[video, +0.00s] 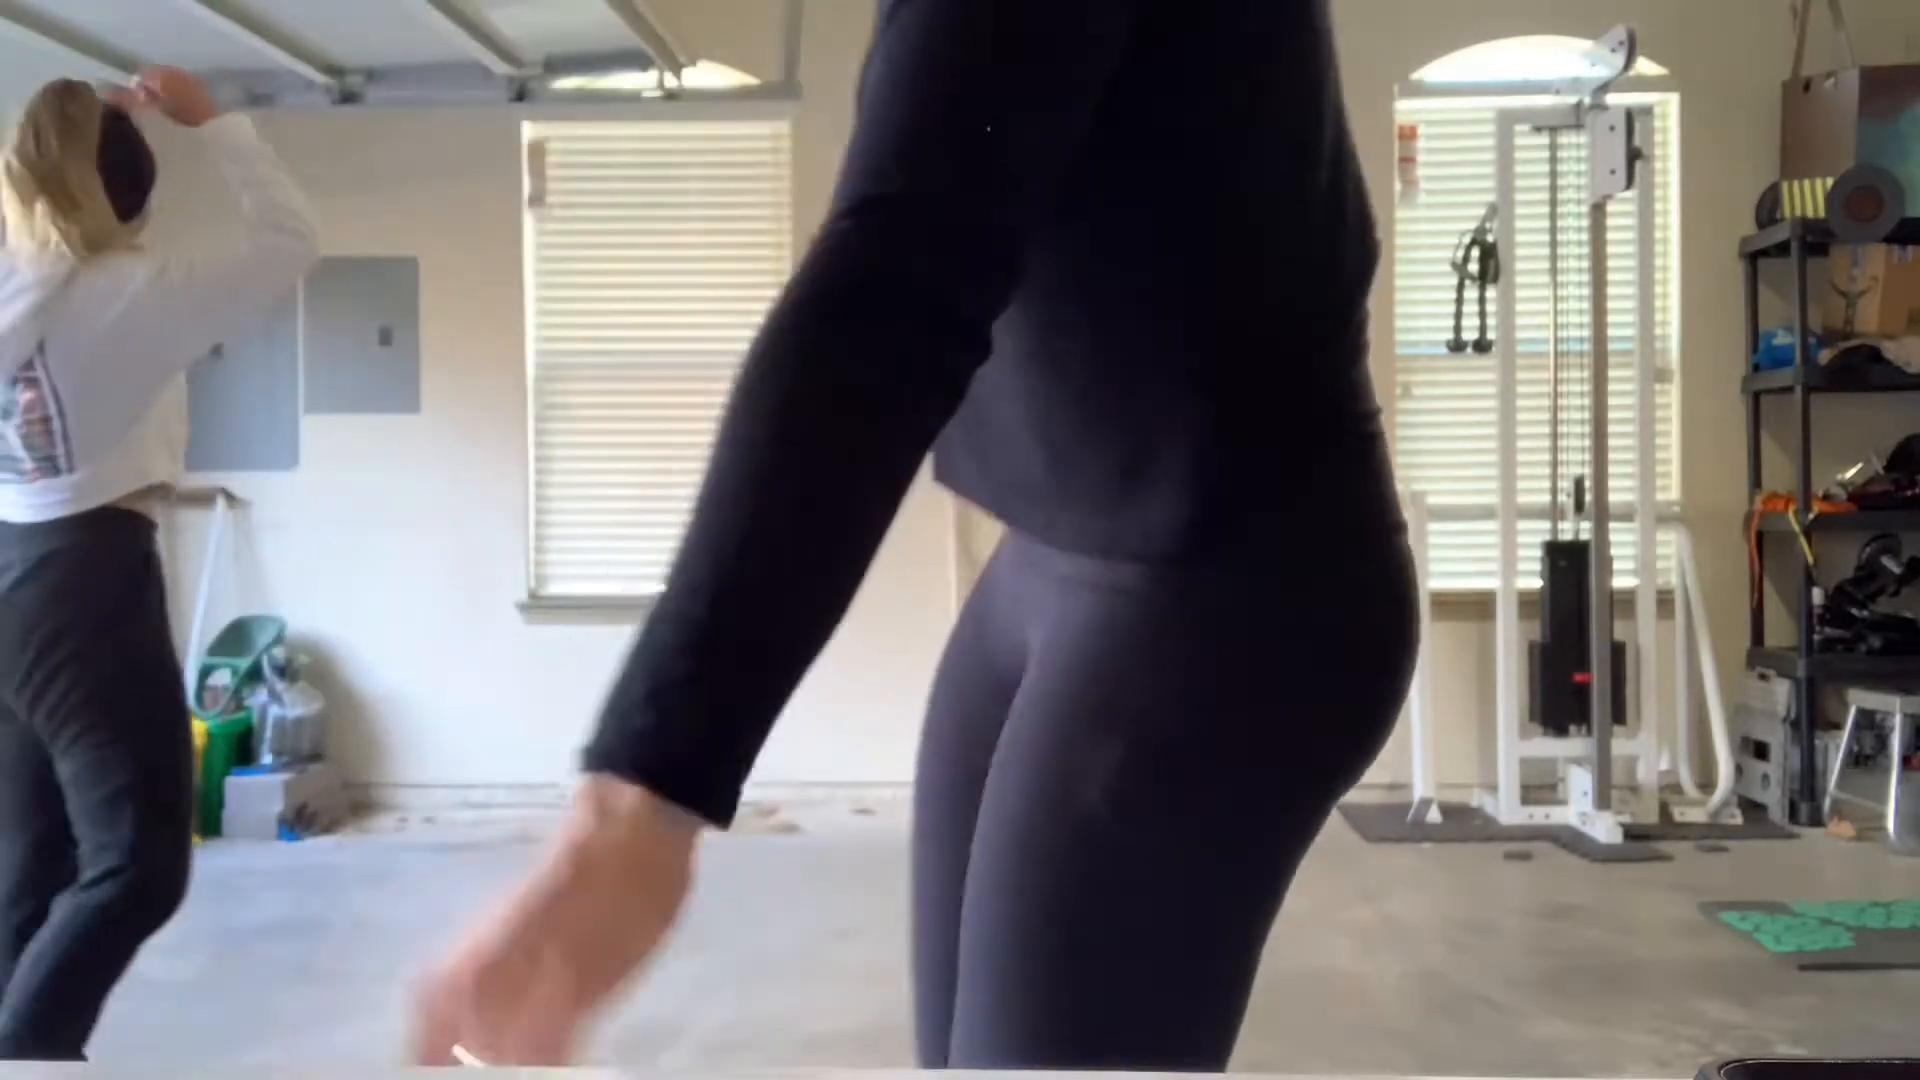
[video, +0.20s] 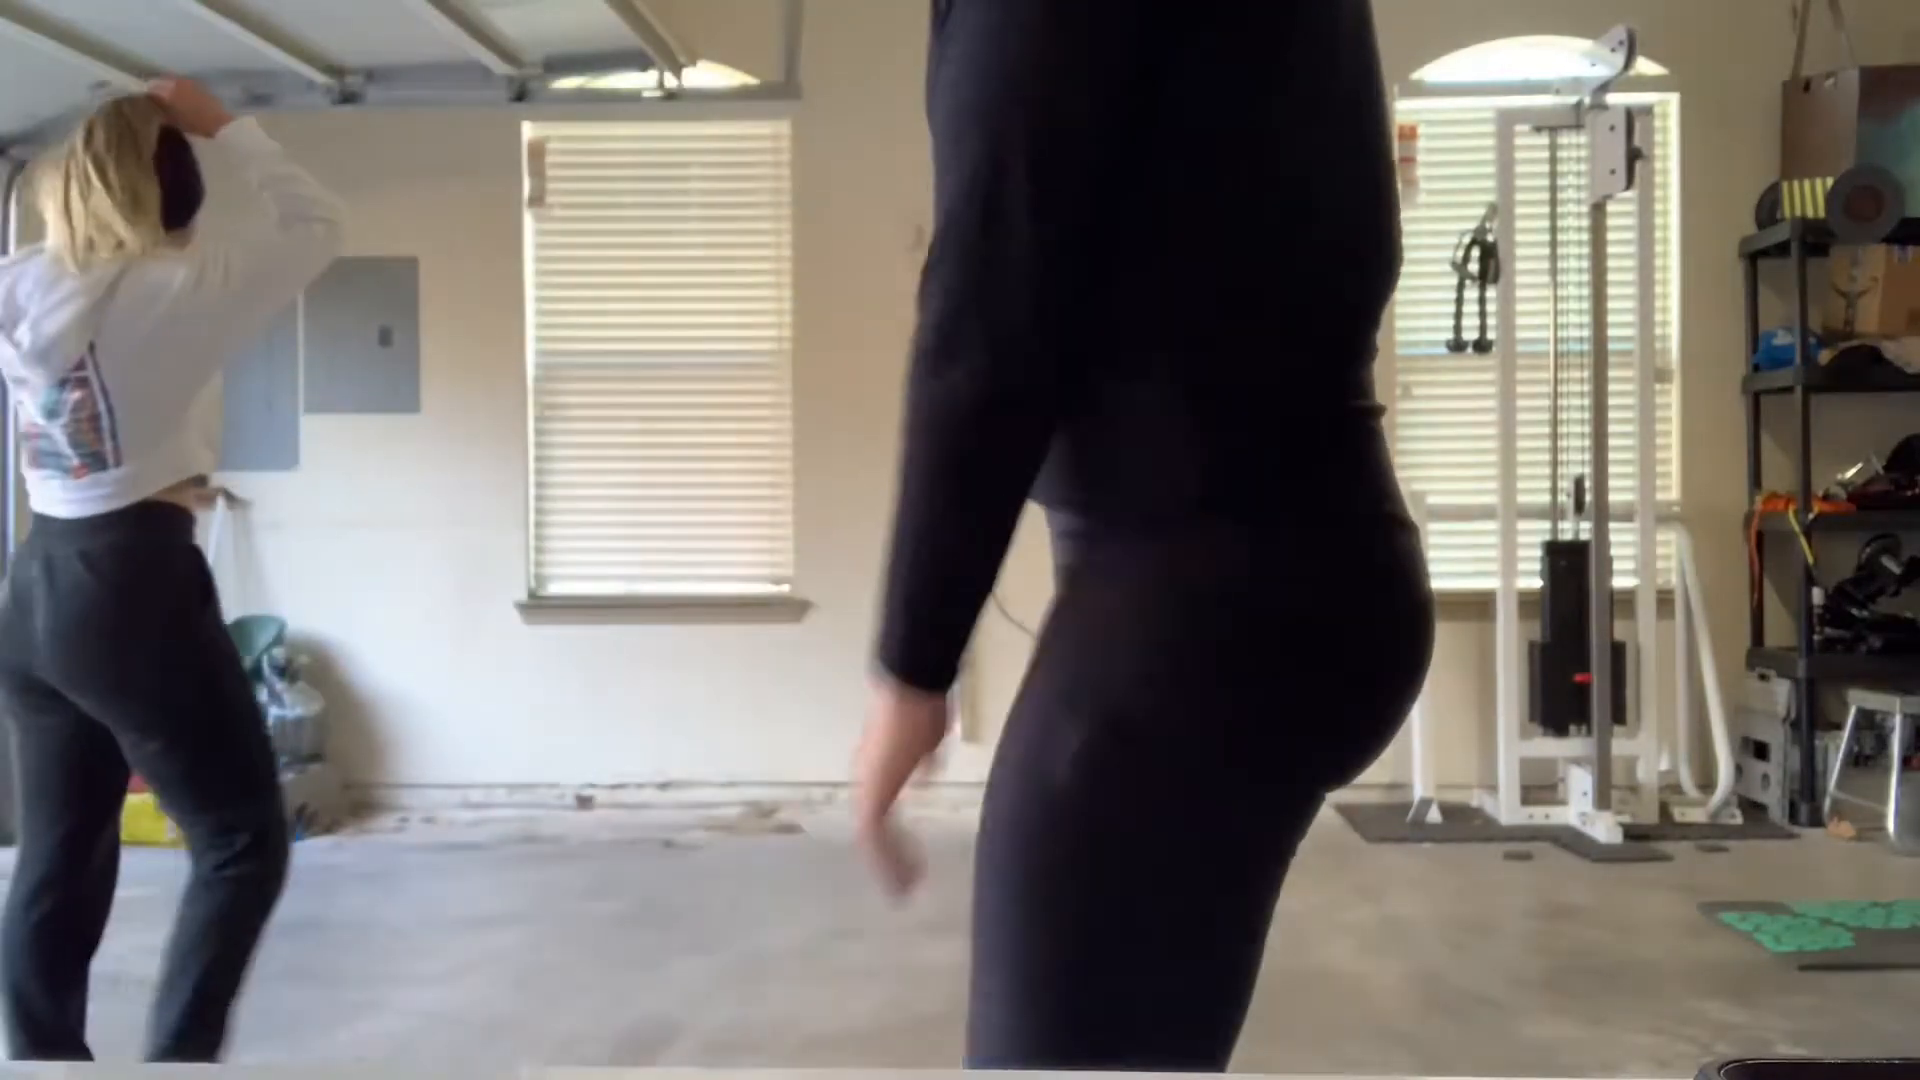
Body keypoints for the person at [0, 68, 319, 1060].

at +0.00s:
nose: (145, 184)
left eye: (139, 166)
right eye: (137, 167)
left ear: (25, 176)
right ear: (124, 181)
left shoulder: (10, 291)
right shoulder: (127, 298)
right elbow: (289, 241)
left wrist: (121, 134)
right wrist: (215, 121)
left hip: (14, 589)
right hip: (83, 591)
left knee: (31, 868)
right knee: (137, 868)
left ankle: (17, 1048)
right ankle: (26, 1056)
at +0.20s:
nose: (197, 209)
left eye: (196, 190)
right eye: (192, 191)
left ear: (70, 190)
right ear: (174, 195)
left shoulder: (22, 288)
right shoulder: (175, 294)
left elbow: (44, 217)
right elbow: (310, 224)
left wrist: (119, 149)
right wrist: (223, 127)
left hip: (34, 591)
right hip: (133, 594)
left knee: (56, 854)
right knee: (244, 844)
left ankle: (41, 1060)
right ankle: (179, 1060)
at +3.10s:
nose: (540, 296)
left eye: (530, 282)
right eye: (538, 285)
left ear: (464, 296)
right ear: (531, 295)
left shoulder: (425, 392)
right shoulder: (559, 379)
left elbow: (415, 514)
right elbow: (595, 494)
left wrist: (457, 559)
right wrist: (640, 586)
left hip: (457, 574)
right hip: (546, 572)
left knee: (436, 747)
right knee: (566, 752)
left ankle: (413, 919)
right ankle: (580, 926)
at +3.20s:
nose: (531, 302)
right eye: (536, 289)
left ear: (466, 298)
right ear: (535, 298)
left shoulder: (428, 392)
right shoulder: (566, 380)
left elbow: (416, 511)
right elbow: (595, 495)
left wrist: (445, 569)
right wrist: (627, 584)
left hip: (459, 573)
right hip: (550, 572)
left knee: (437, 749)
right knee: (571, 753)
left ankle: (413, 918)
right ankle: (582, 925)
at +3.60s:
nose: (530, 306)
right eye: (543, 291)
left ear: (474, 297)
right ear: (543, 299)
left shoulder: (429, 391)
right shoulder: (572, 382)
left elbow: (394, 507)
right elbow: (604, 493)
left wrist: (359, 596)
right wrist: (622, 524)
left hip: (458, 576)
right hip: (549, 575)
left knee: (436, 746)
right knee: (569, 751)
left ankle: (412, 917)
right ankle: (582, 926)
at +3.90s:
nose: (543, 305)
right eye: (543, 293)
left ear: (475, 297)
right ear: (542, 300)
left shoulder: (428, 392)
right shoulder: (573, 384)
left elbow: (409, 505)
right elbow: (605, 485)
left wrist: (411, 591)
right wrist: (615, 558)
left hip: (462, 575)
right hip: (553, 574)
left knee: (440, 749)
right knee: (572, 752)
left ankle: (413, 918)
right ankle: (582, 926)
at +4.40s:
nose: (543, 303)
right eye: (543, 291)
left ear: (473, 295)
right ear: (539, 298)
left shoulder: (426, 387)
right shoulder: (571, 383)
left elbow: (412, 510)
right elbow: (608, 501)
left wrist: (457, 549)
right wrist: (631, 584)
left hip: (456, 576)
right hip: (548, 575)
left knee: (437, 746)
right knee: (570, 750)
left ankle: (413, 918)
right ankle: (584, 926)